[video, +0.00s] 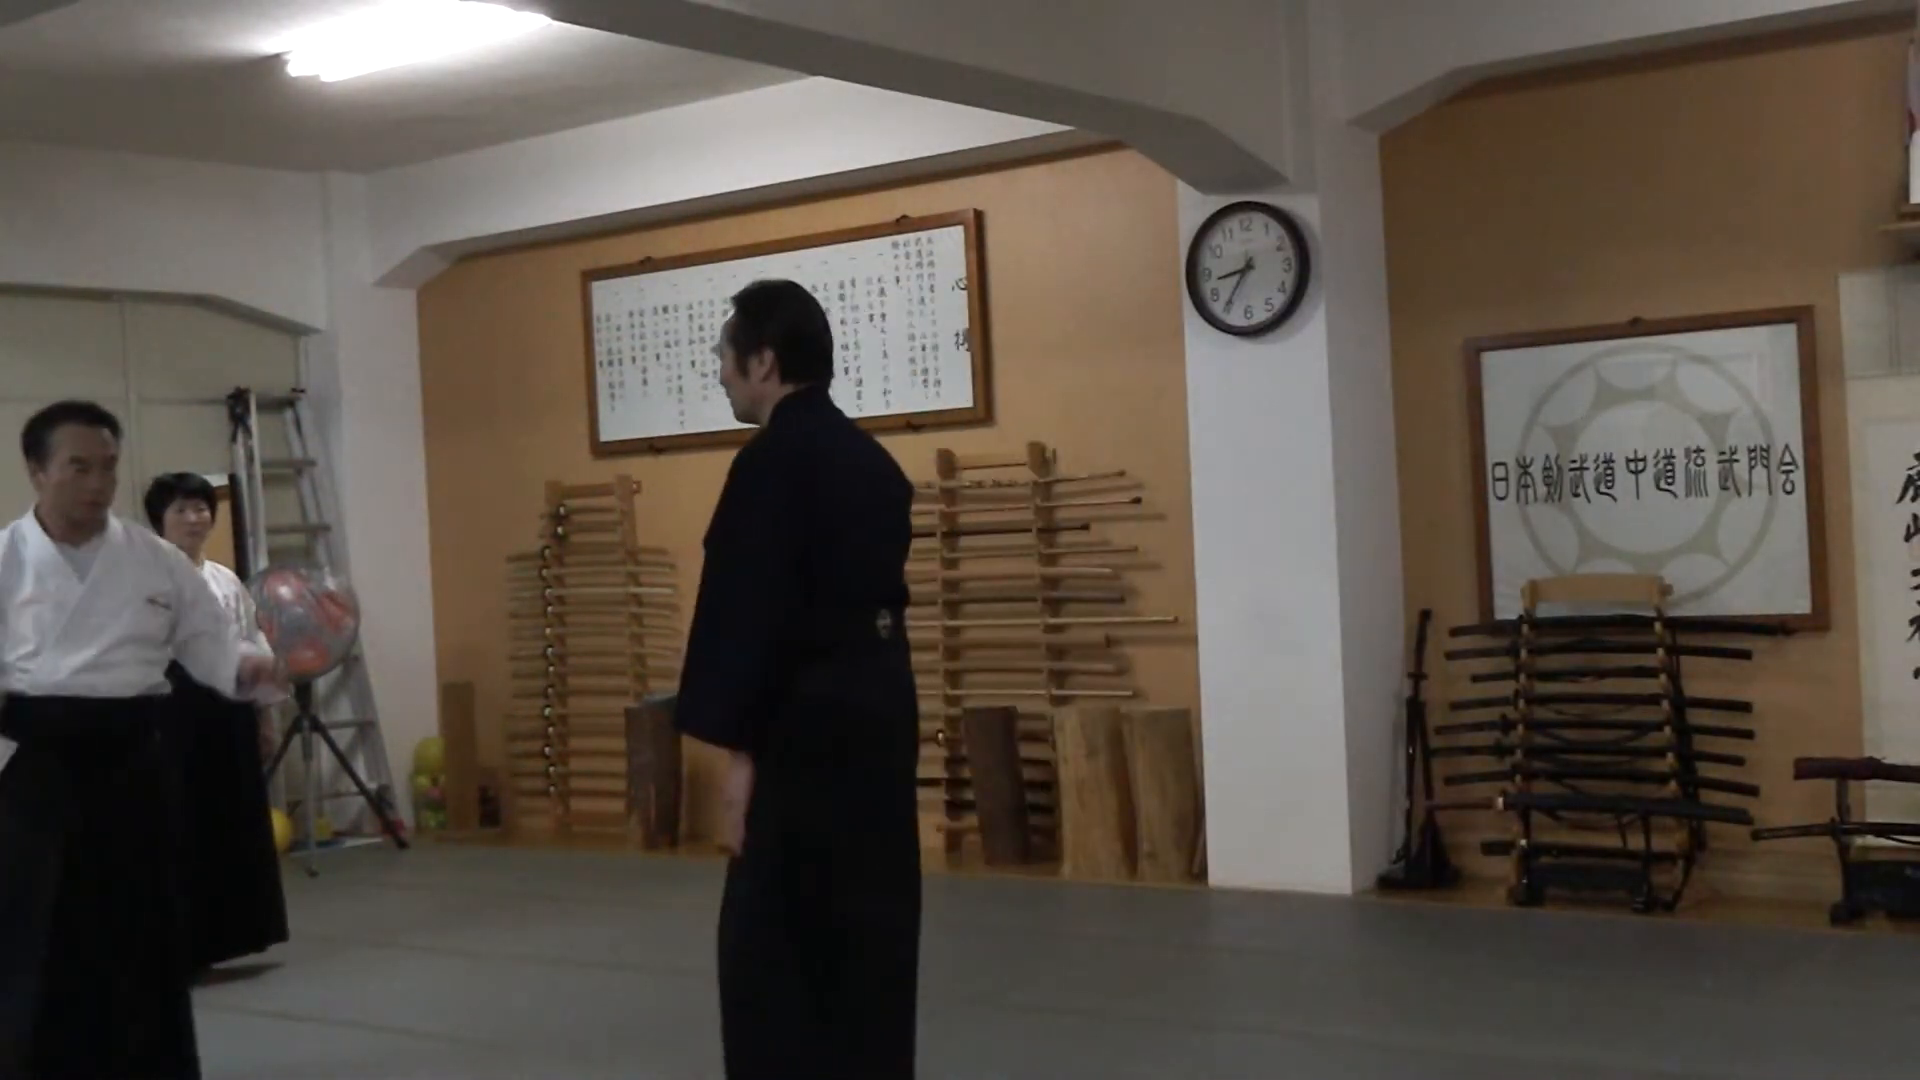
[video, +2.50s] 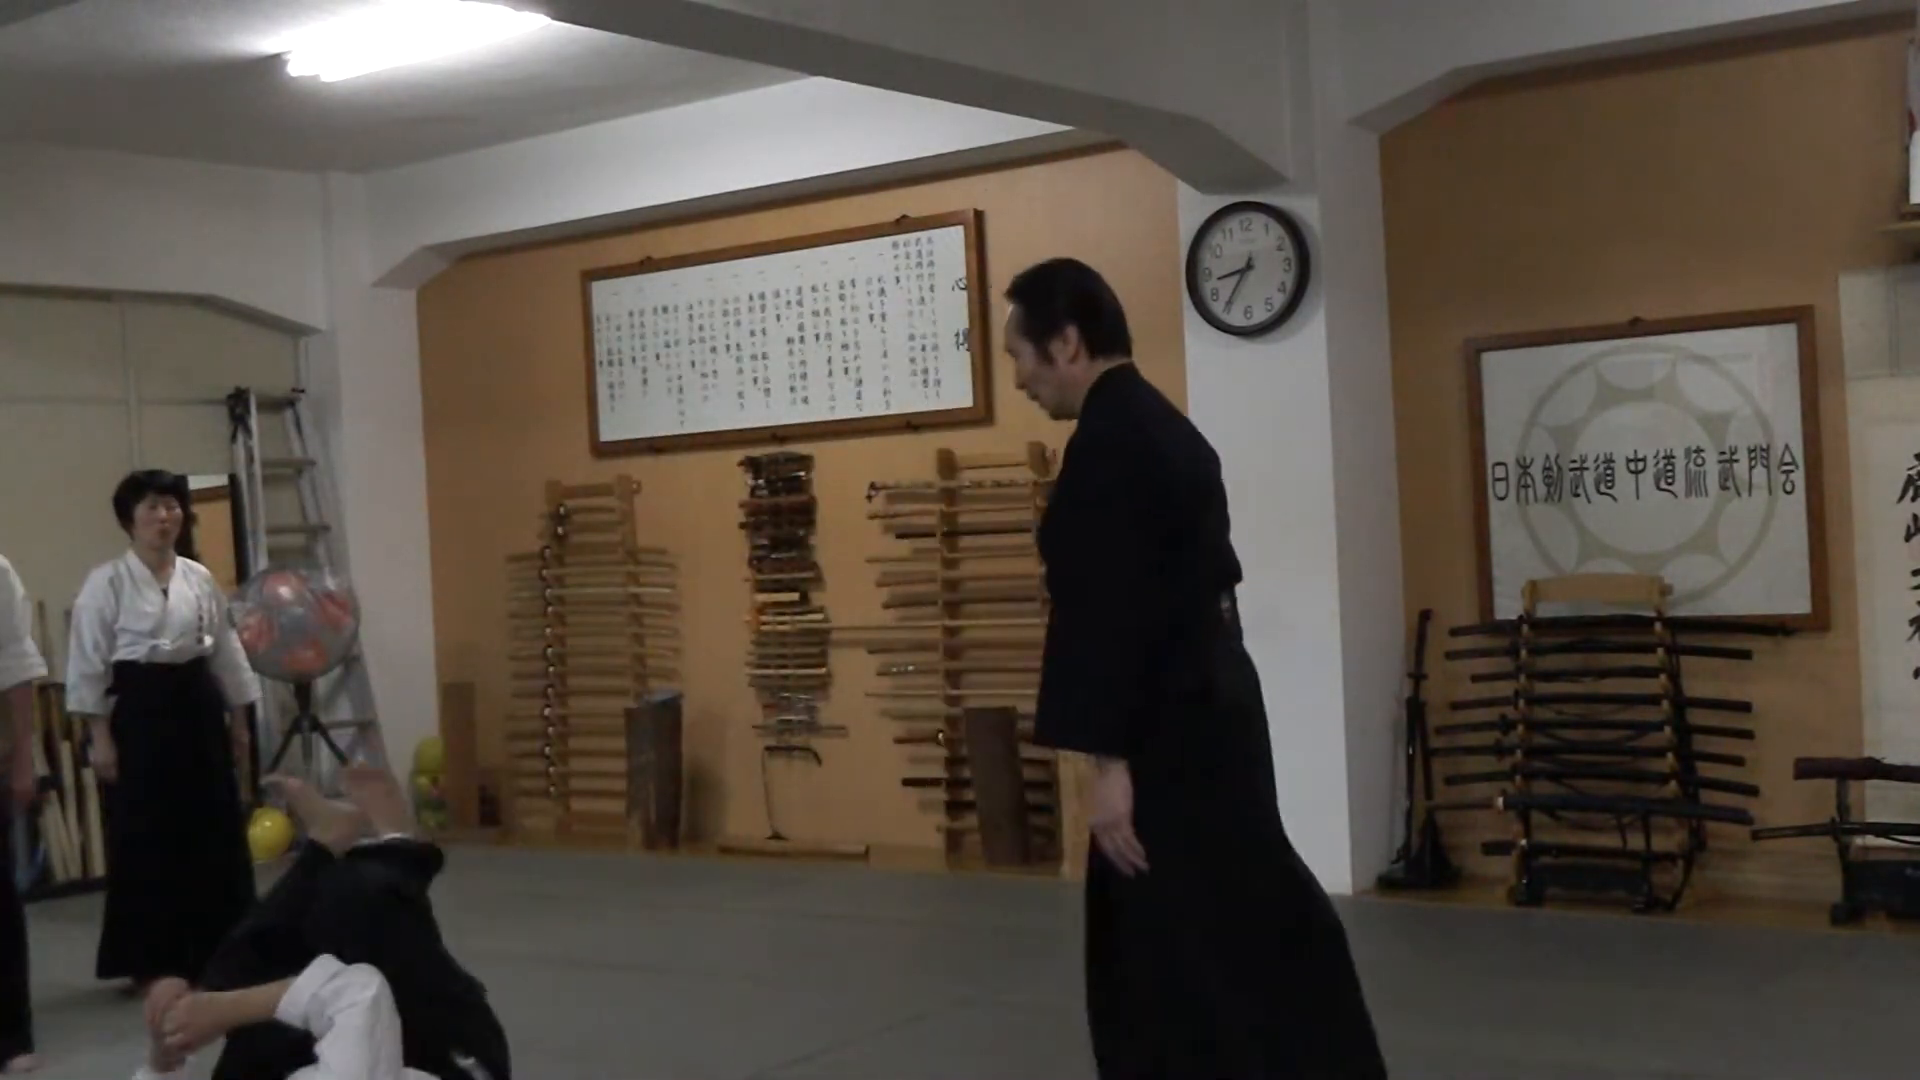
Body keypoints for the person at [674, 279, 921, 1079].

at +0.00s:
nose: (723, 377)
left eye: (729, 360)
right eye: (724, 360)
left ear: (766, 363)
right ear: (807, 364)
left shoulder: (769, 462)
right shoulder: (871, 459)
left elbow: (742, 614)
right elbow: (875, 610)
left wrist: (738, 761)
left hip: (800, 737)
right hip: (879, 727)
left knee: (770, 942)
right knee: (867, 932)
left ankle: (783, 1068)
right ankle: (867, 1067)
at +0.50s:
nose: (669, 379)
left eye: (673, 360)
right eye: (668, 361)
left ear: (706, 362)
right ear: (759, 361)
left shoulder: (702, 466)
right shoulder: (815, 466)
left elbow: (655, 612)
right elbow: (796, 624)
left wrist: (634, 760)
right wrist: (681, 747)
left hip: (728, 735)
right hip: (811, 726)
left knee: (718, 941)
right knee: (806, 932)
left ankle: (720, 1070)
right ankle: (814, 1066)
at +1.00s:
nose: (596, 389)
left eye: (599, 374)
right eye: (597, 374)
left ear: (629, 374)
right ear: (685, 375)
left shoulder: (612, 475)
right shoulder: (741, 473)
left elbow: (581, 614)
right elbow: (750, 611)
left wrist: (570, 737)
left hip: (657, 721)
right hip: (749, 712)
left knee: (650, 910)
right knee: (747, 903)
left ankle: (657, 1064)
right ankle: (761, 1063)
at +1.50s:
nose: (668, 425)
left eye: (665, 405)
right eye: (663, 408)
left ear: (689, 391)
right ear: (750, 384)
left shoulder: (703, 487)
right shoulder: (821, 484)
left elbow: (665, 633)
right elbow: (822, 634)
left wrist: (651, 771)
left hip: (744, 740)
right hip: (836, 727)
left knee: (699, 938)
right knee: (824, 933)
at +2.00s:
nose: (878, 427)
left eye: (877, 407)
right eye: (872, 411)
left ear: (919, 388)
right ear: (938, 384)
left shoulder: (963, 472)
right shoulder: (1003, 462)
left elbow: (956, 634)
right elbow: (1043, 605)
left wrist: (942, 780)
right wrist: (929, 590)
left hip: (1005, 754)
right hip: (1048, 742)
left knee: (937, 976)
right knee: (1035, 967)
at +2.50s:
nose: (1016, 375)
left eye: (1019, 353)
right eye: (1012, 356)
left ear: (1067, 343)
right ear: (1085, 340)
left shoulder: (1109, 439)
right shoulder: (1155, 425)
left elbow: (1109, 611)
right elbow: (1197, 590)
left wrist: (1107, 764)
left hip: (1165, 725)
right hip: (1210, 707)